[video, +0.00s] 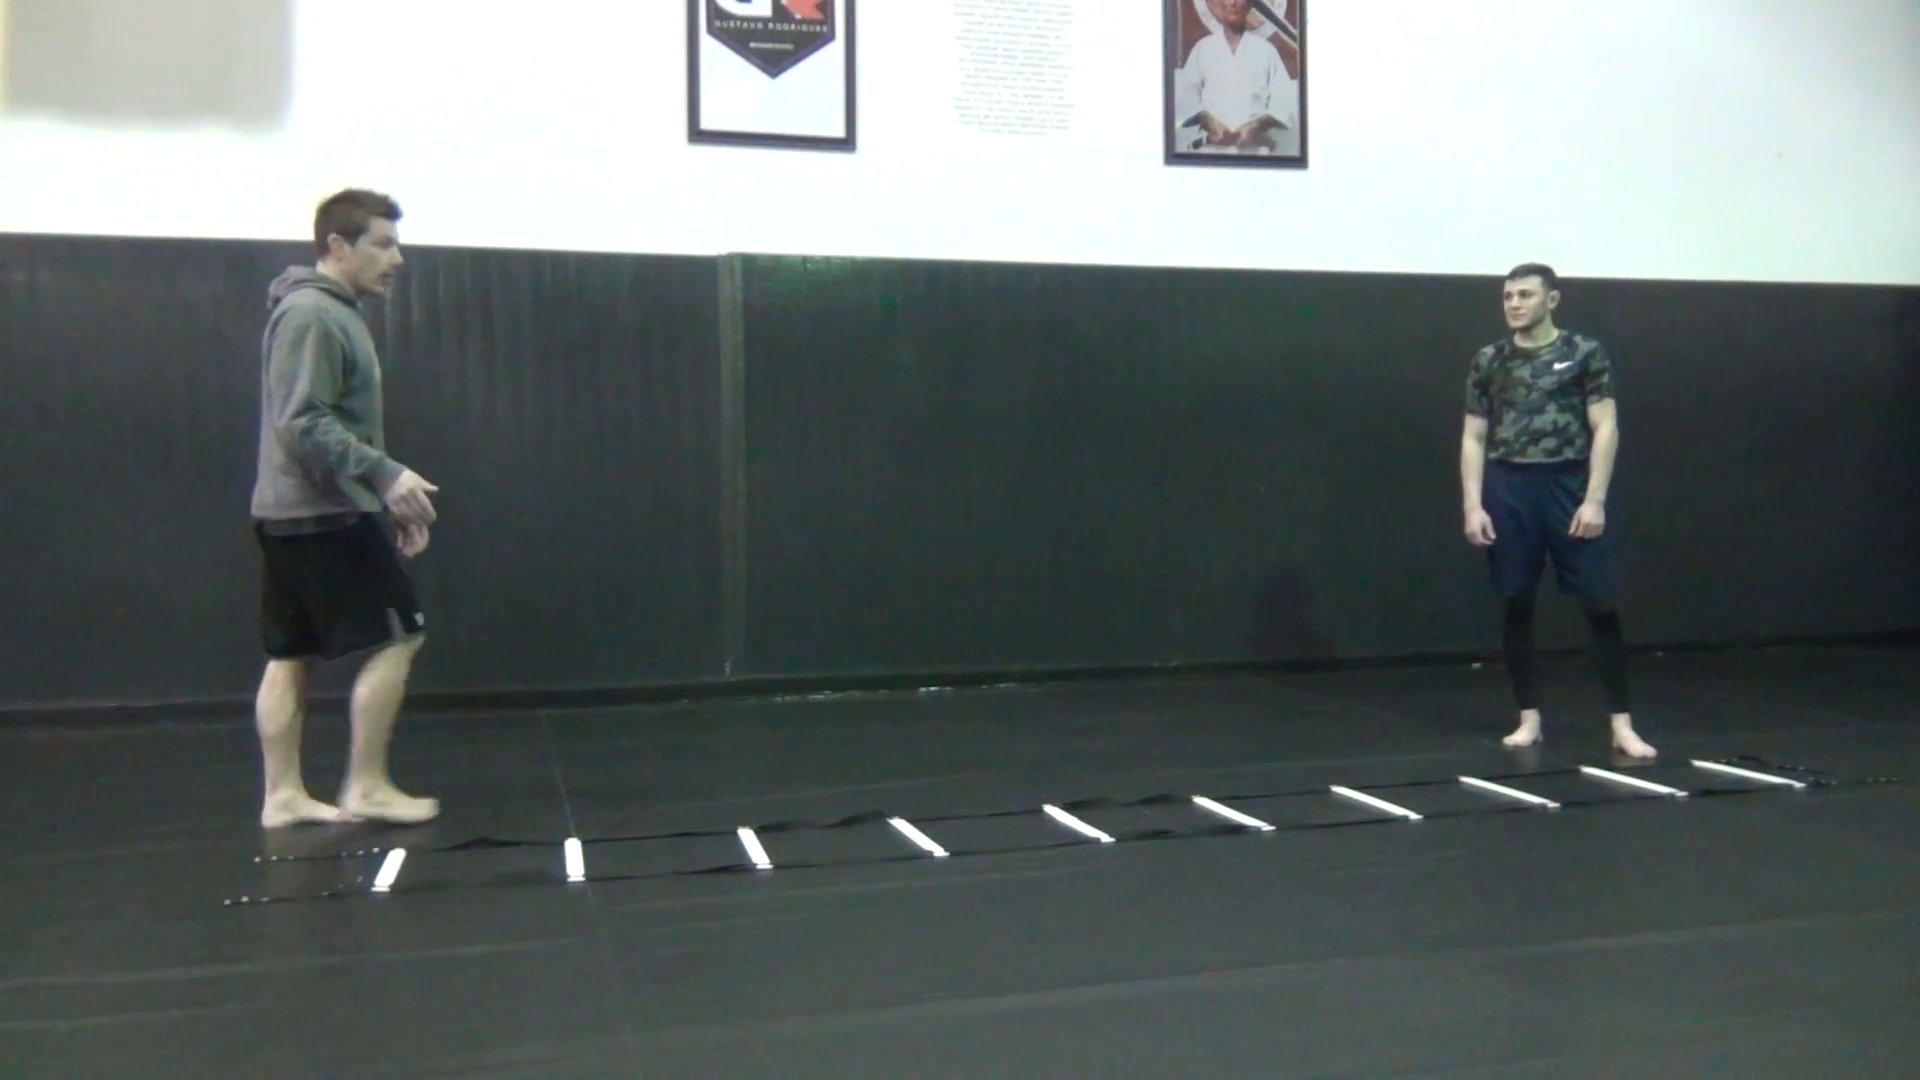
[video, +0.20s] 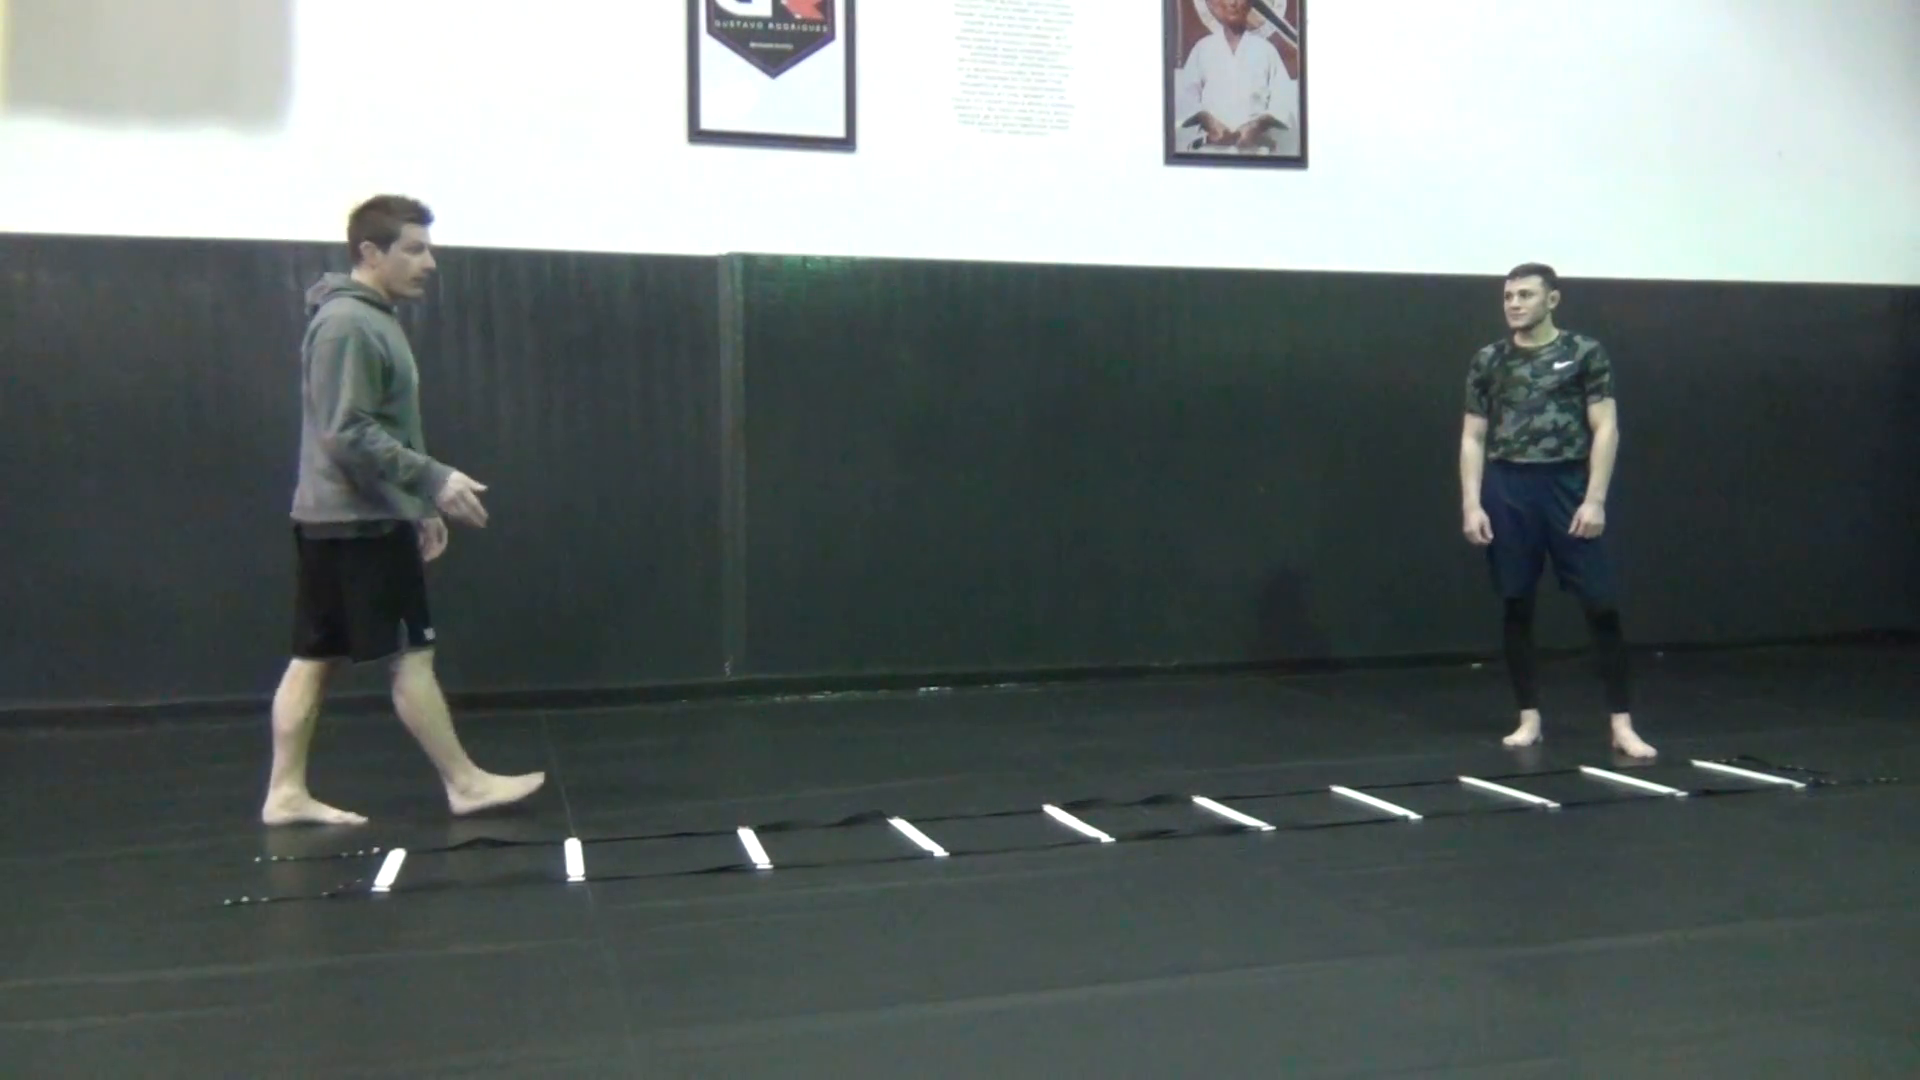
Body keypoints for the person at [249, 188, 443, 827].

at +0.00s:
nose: (396, 260)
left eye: (396, 247)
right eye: (384, 246)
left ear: (342, 249)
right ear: (337, 245)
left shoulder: (331, 312)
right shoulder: (312, 315)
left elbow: (339, 428)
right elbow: (303, 421)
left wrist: (389, 504)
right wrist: (385, 474)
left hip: (294, 513)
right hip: (324, 512)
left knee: (289, 655)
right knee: (398, 634)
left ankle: (282, 795)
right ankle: (367, 785)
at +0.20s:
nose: (428, 264)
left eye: (429, 251)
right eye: (415, 251)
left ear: (377, 256)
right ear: (371, 253)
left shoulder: (372, 320)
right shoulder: (347, 323)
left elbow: (383, 429)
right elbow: (348, 430)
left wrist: (418, 507)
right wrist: (434, 478)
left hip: (335, 516)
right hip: (363, 518)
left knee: (313, 655)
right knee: (412, 652)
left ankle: (285, 794)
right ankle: (465, 782)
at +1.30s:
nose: (659, 280)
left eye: (660, 268)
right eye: (649, 269)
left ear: (628, 271)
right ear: (607, 268)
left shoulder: (640, 331)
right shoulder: (567, 333)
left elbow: (657, 426)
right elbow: (580, 421)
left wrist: (687, 496)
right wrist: (662, 394)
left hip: (644, 510)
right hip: (597, 513)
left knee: (647, 635)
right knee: (578, 636)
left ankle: (664, 758)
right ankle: (494, 758)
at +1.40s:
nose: (685, 281)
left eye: (686, 270)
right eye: (675, 270)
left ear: (654, 272)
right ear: (634, 269)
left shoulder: (666, 334)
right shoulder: (593, 333)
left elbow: (681, 426)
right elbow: (604, 422)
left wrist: (715, 495)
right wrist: (687, 432)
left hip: (666, 503)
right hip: (621, 506)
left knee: (656, 633)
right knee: (627, 631)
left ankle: (664, 756)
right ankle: (529, 740)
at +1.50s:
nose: (710, 282)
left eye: (710, 270)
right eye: (700, 270)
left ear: (675, 273)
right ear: (658, 270)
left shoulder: (685, 338)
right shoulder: (619, 336)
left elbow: (713, 431)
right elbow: (629, 433)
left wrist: (743, 502)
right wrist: (692, 473)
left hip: (688, 501)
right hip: (650, 505)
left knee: (672, 628)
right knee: (686, 622)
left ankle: (665, 756)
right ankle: (577, 724)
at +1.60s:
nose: (734, 278)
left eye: (734, 267)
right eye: (725, 267)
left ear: (695, 269)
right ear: (687, 267)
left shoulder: (704, 332)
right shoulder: (645, 333)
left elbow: (725, 429)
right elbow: (648, 431)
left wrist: (761, 496)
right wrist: (681, 510)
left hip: (702, 498)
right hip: (672, 501)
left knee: (671, 625)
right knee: (726, 615)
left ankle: (666, 751)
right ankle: (646, 733)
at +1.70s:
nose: (759, 280)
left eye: (759, 268)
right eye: (750, 268)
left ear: (716, 270)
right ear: (711, 269)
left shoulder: (719, 332)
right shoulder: (676, 334)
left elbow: (738, 427)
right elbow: (669, 433)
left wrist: (770, 491)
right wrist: (672, 522)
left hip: (709, 503)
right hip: (701, 505)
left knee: (679, 627)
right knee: (752, 616)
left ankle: (666, 752)